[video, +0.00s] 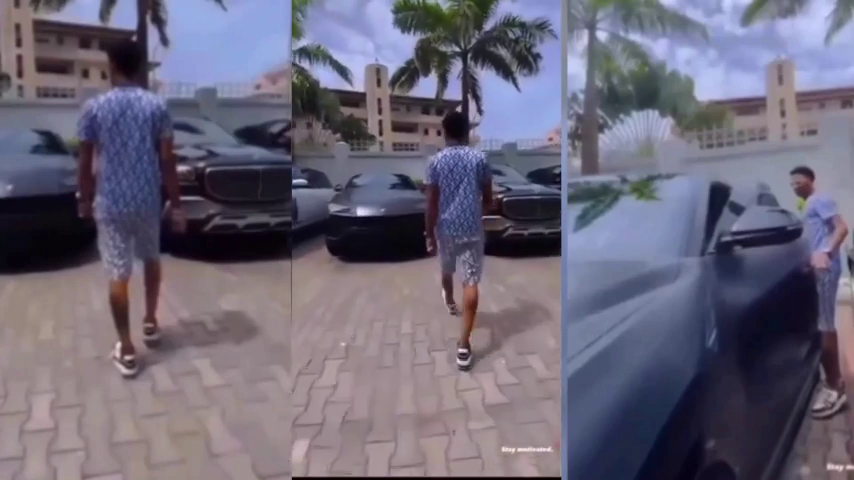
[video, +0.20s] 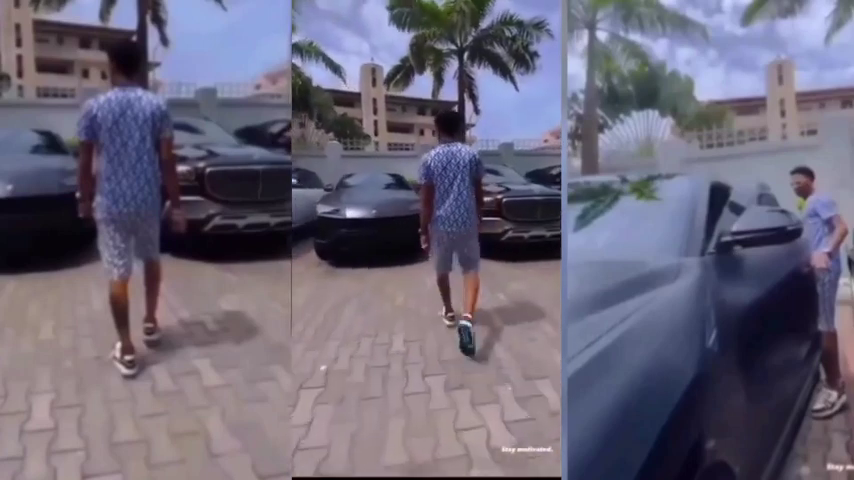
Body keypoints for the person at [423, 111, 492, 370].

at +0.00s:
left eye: (446, 130)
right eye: (465, 130)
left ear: (444, 132)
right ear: (467, 132)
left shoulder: (436, 161)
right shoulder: (479, 158)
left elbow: (432, 202)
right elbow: (488, 196)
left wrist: (429, 233)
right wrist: (479, 211)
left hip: (446, 227)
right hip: (472, 227)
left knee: (447, 268)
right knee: (471, 282)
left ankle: (450, 301)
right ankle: (464, 344)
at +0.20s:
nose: (437, 133)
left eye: (437, 129)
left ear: (437, 130)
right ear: (461, 129)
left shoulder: (430, 159)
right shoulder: (471, 155)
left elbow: (426, 199)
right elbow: (478, 192)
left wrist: (423, 230)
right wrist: (478, 219)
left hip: (441, 223)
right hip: (467, 223)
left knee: (442, 271)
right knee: (471, 269)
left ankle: (448, 312)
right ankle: (467, 315)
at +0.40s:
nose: (432, 131)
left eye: (432, 127)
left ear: (432, 128)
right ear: (454, 128)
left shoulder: (422, 156)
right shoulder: (463, 154)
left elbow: (415, 194)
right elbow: (472, 191)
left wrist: (414, 223)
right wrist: (476, 219)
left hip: (433, 221)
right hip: (459, 220)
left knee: (437, 272)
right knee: (462, 263)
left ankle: (442, 324)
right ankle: (462, 306)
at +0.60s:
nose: (426, 137)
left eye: (426, 133)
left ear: (427, 135)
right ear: (448, 135)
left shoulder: (416, 161)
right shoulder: (457, 161)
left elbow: (406, 197)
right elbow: (463, 197)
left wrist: (404, 224)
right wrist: (470, 225)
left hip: (423, 226)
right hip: (448, 226)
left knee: (428, 280)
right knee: (448, 266)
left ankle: (435, 340)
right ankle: (445, 300)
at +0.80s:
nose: (418, 136)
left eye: (418, 132)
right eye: (427, 131)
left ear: (418, 133)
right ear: (438, 133)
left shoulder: (406, 159)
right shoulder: (446, 160)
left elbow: (399, 197)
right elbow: (452, 198)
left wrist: (396, 227)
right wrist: (456, 228)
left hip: (414, 224)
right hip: (438, 224)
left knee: (410, 270)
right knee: (437, 268)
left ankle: (418, 316)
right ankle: (432, 309)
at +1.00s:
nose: (403, 132)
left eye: (402, 129)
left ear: (402, 130)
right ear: (424, 129)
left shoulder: (392, 155)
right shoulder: (432, 156)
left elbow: (386, 193)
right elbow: (440, 192)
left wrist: (386, 224)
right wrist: (440, 219)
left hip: (399, 222)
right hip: (425, 222)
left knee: (397, 266)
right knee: (424, 270)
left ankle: (403, 306)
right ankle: (420, 322)